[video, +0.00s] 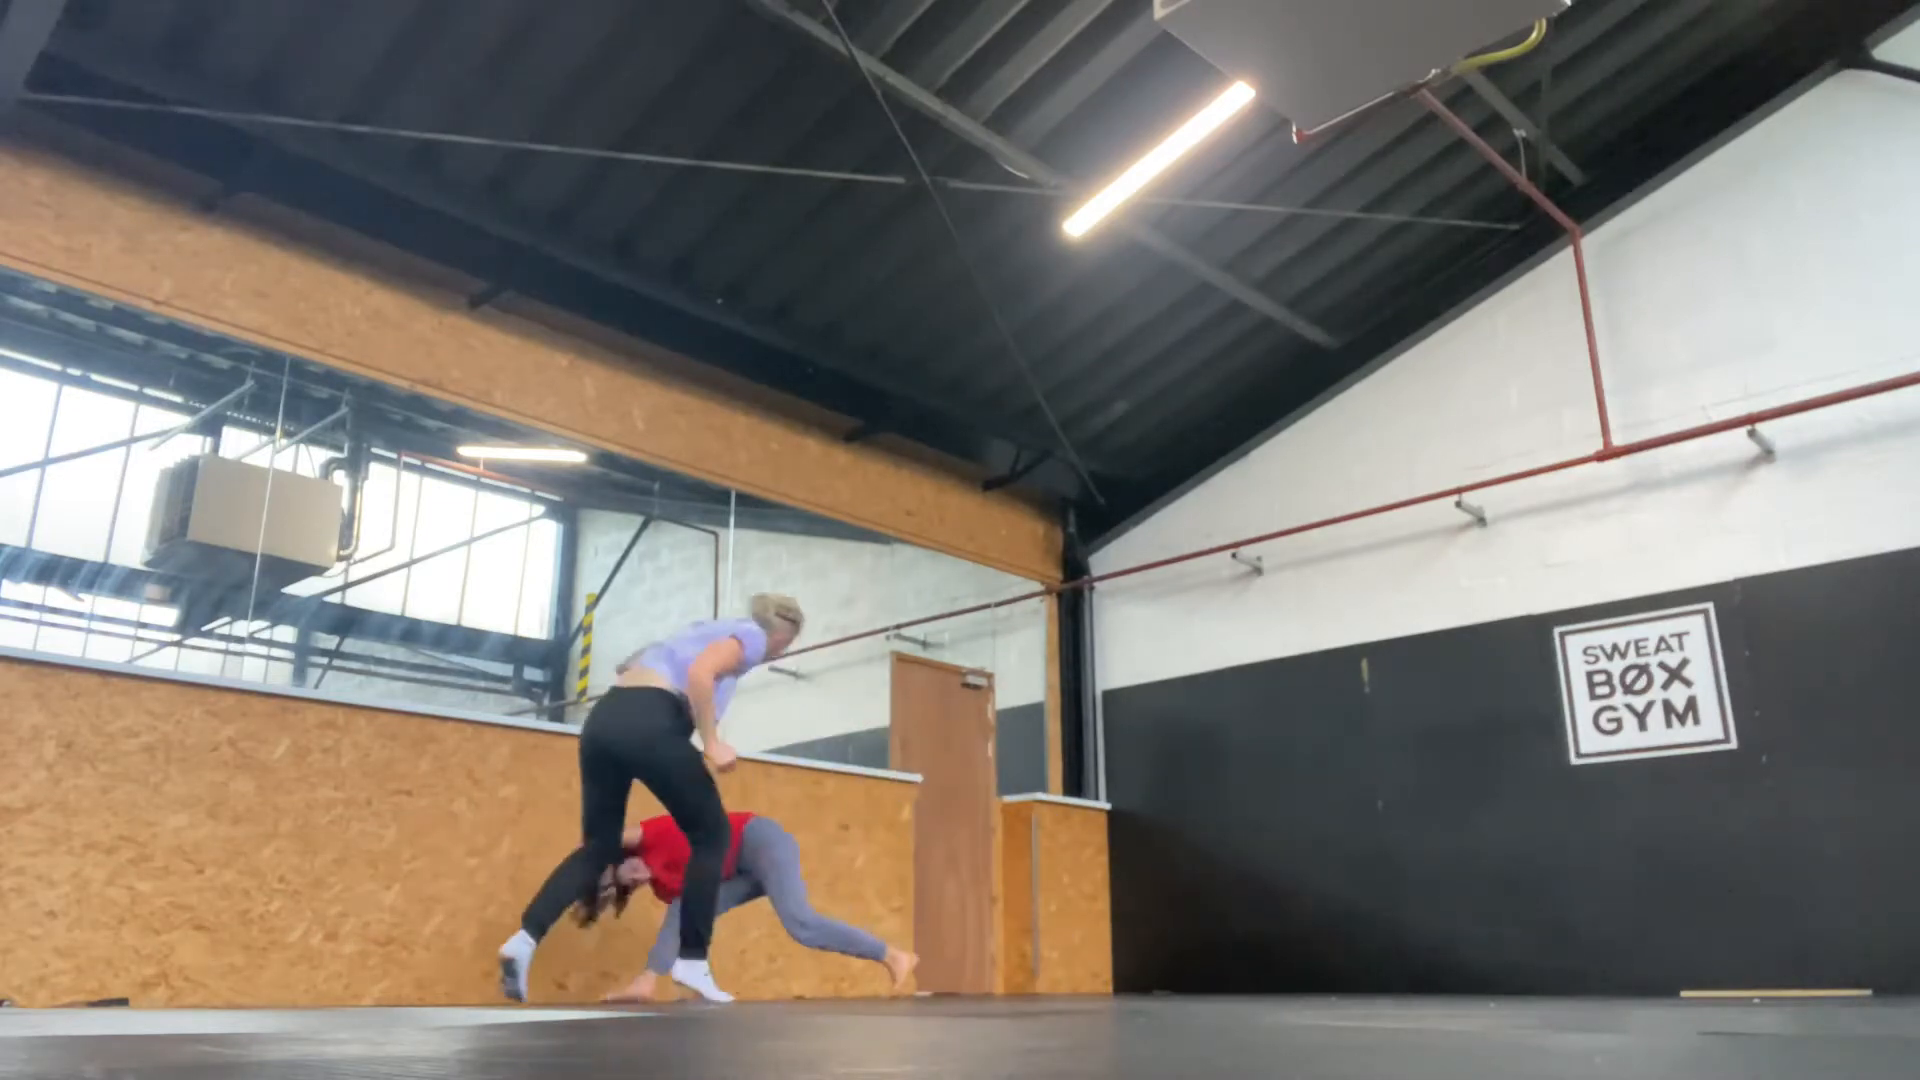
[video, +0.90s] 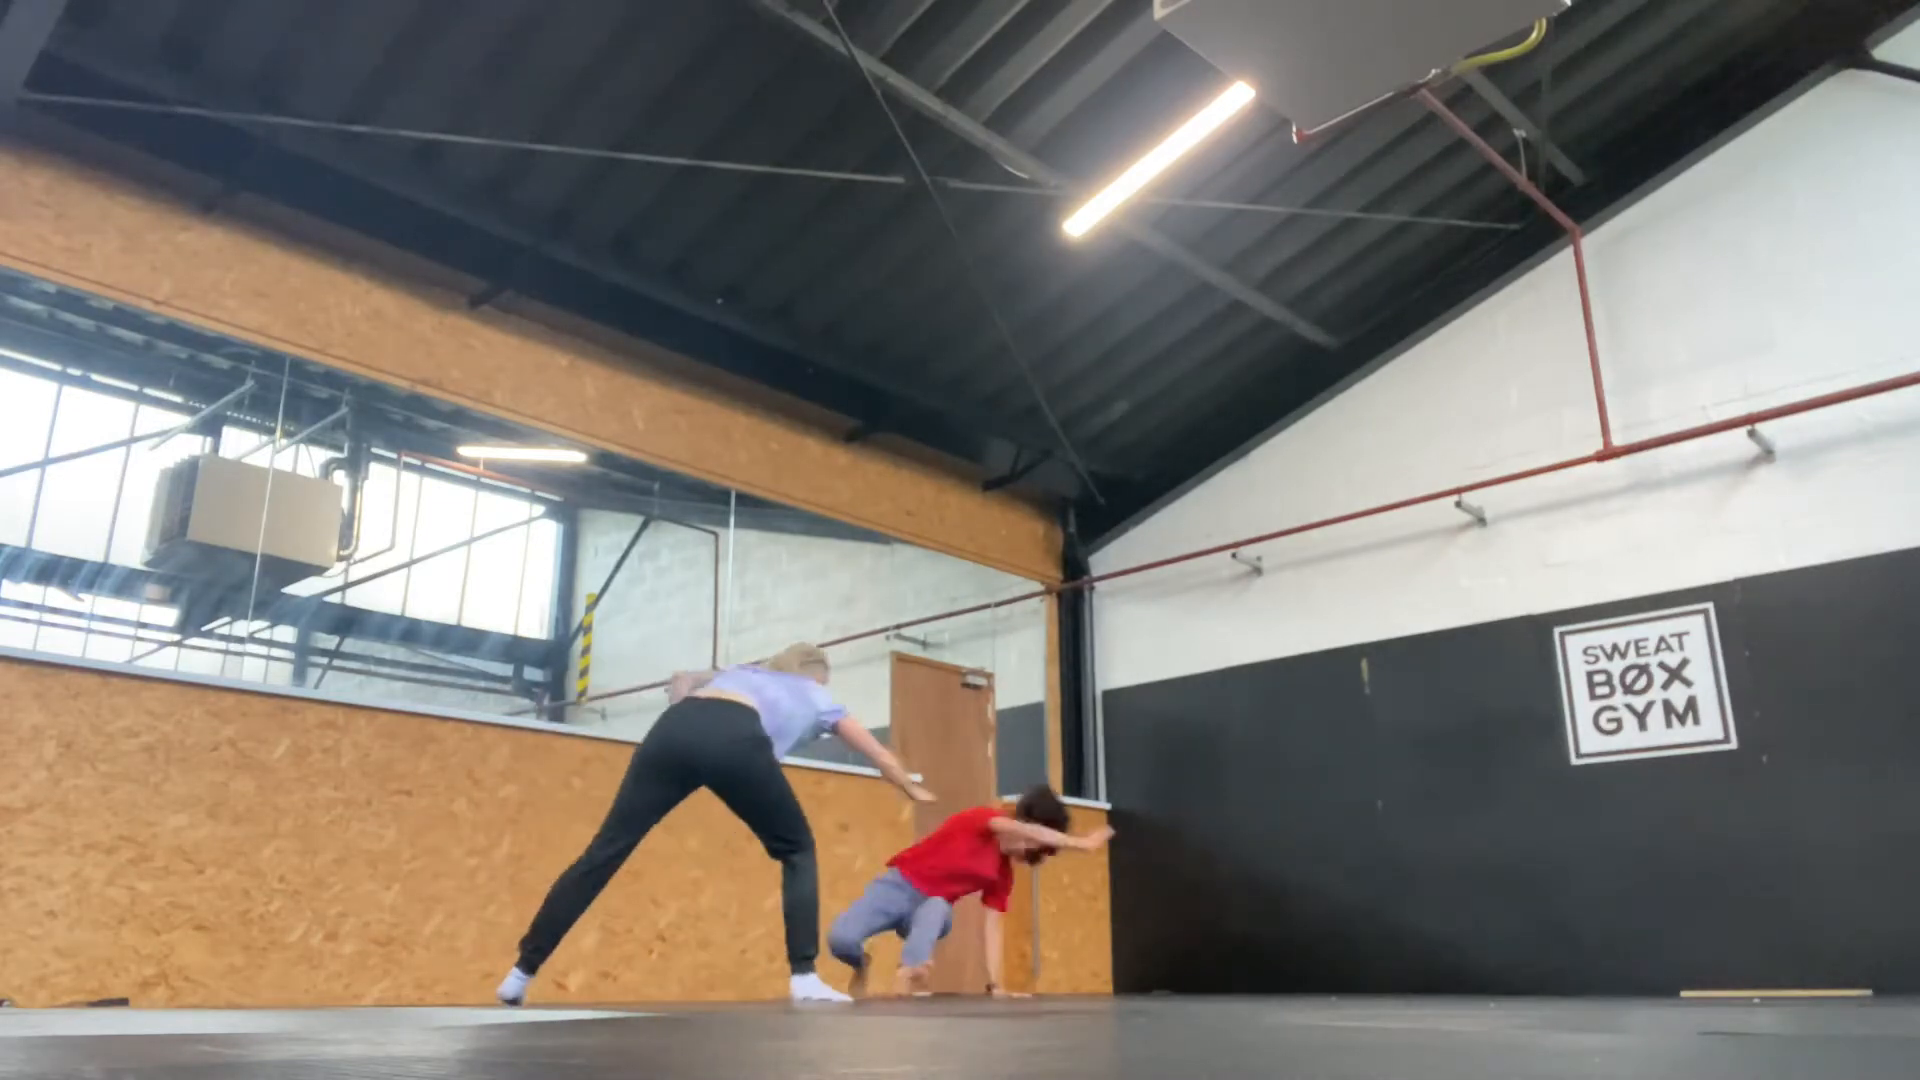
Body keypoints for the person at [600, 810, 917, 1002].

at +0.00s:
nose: (626, 881)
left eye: (619, 875)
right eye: (620, 884)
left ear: (620, 861)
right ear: (623, 883)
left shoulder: (648, 839)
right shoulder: (667, 886)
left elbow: (614, 836)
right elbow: (680, 925)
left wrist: (588, 862)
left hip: (758, 837)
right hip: (739, 875)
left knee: (801, 924)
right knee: (679, 909)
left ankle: (894, 957)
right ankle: (647, 982)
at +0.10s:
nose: (658, 866)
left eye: (653, 857)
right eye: (651, 868)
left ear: (654, 838)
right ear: (654, 872)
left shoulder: (687, 825)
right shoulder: (693, 880)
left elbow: (645, 809)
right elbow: (724, 905)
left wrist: (627, 849)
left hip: (787, 842)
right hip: (772, 884)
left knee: (817, 924)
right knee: (711, 915)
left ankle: (905, 960)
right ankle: (696, 981)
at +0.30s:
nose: (712, 846)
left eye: (711, 837)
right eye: (704, 849)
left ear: (722, 826)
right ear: (705, 857)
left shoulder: (750, 817)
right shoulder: (729, 885)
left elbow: (761, 764)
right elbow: (731, 940)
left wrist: (727, 783)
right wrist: (712, 986)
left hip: (839, 868)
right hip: (811, 902)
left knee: (826, 918)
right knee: (770, 944)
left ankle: (905, 961)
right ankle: (838, 951)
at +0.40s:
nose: (746, 849)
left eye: (749, 839)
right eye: (738, 847)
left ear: (762, 831)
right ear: (735, 856)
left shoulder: (791, 828)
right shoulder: (751, 886)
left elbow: (839, 799)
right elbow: (742, 939)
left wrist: (826, 790)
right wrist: (720, 983)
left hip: (870, 887)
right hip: (837, 920)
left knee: (840, 895)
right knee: (803, 955)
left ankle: (899, 956)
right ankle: (852, 964)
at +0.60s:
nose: (836, 839)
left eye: (841, 831)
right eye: (828, 834)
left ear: (852, 830)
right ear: (819, 838)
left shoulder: (878, 846)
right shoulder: (814, 867)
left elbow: (924, 881)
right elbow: (780, 904)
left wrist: (964, 921)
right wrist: (749, 928)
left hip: (901, 916)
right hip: (856, 927)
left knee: (893, 936)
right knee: (820, 944)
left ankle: (892, 964)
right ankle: (862, 971)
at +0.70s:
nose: (883, 836)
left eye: (890, 828)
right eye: (877, 829)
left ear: (903, 824)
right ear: (868, 824)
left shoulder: (920, 847)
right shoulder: (856, 837)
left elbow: (952, 903)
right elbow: (820, 859)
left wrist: (984, 956)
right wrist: (829, 851)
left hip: (910, 923)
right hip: (864, 923)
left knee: (897, 952)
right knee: (824, 942)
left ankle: (893, 984)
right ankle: (865, 970)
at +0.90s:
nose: (1031, 850)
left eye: (1037, 846)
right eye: (1035, 839)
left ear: (1035, 845)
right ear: (1022, 821)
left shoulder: (1000, 874)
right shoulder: (984, 819)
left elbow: (992, 926)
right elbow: (1026, 832)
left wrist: (995, 985)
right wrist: (1079, 842)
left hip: (930, 910)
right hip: (897, 887)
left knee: (937, 906)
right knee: (840, 938)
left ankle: (909, 975)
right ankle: (860, 963)